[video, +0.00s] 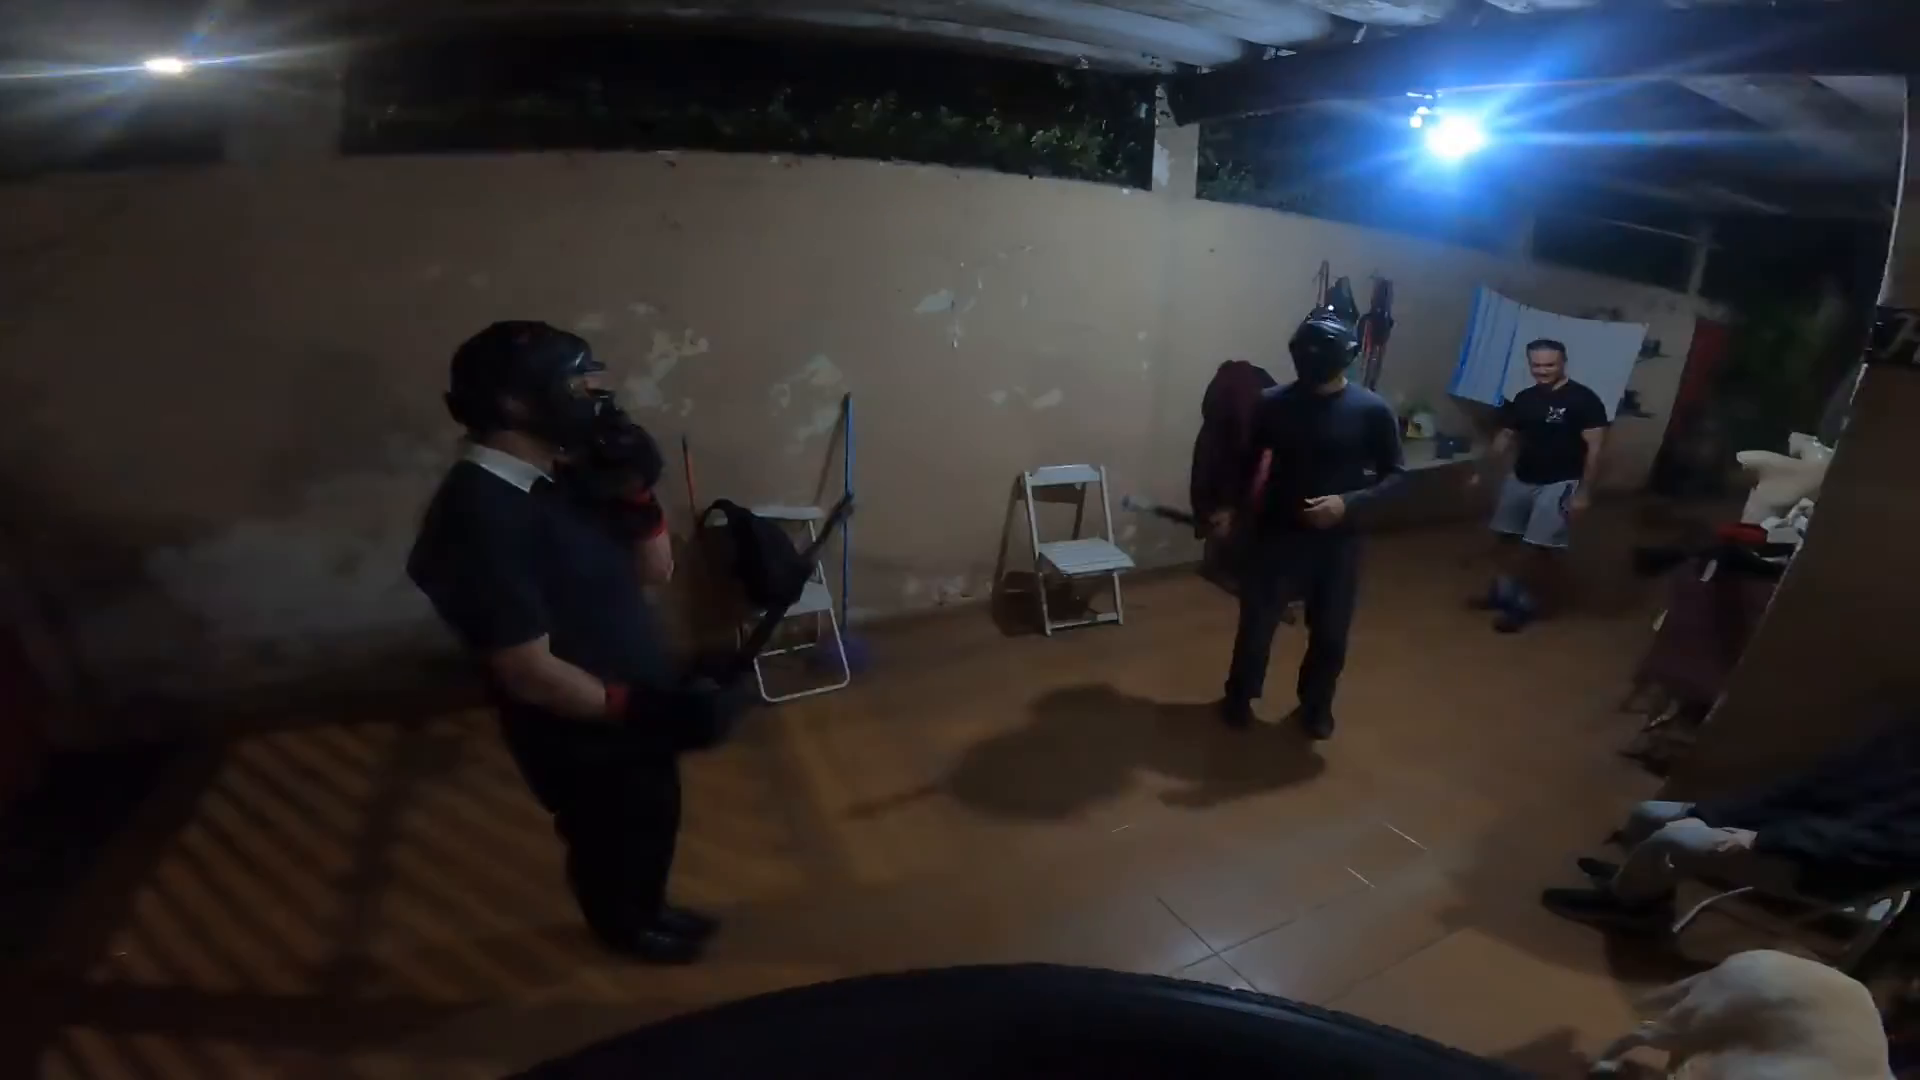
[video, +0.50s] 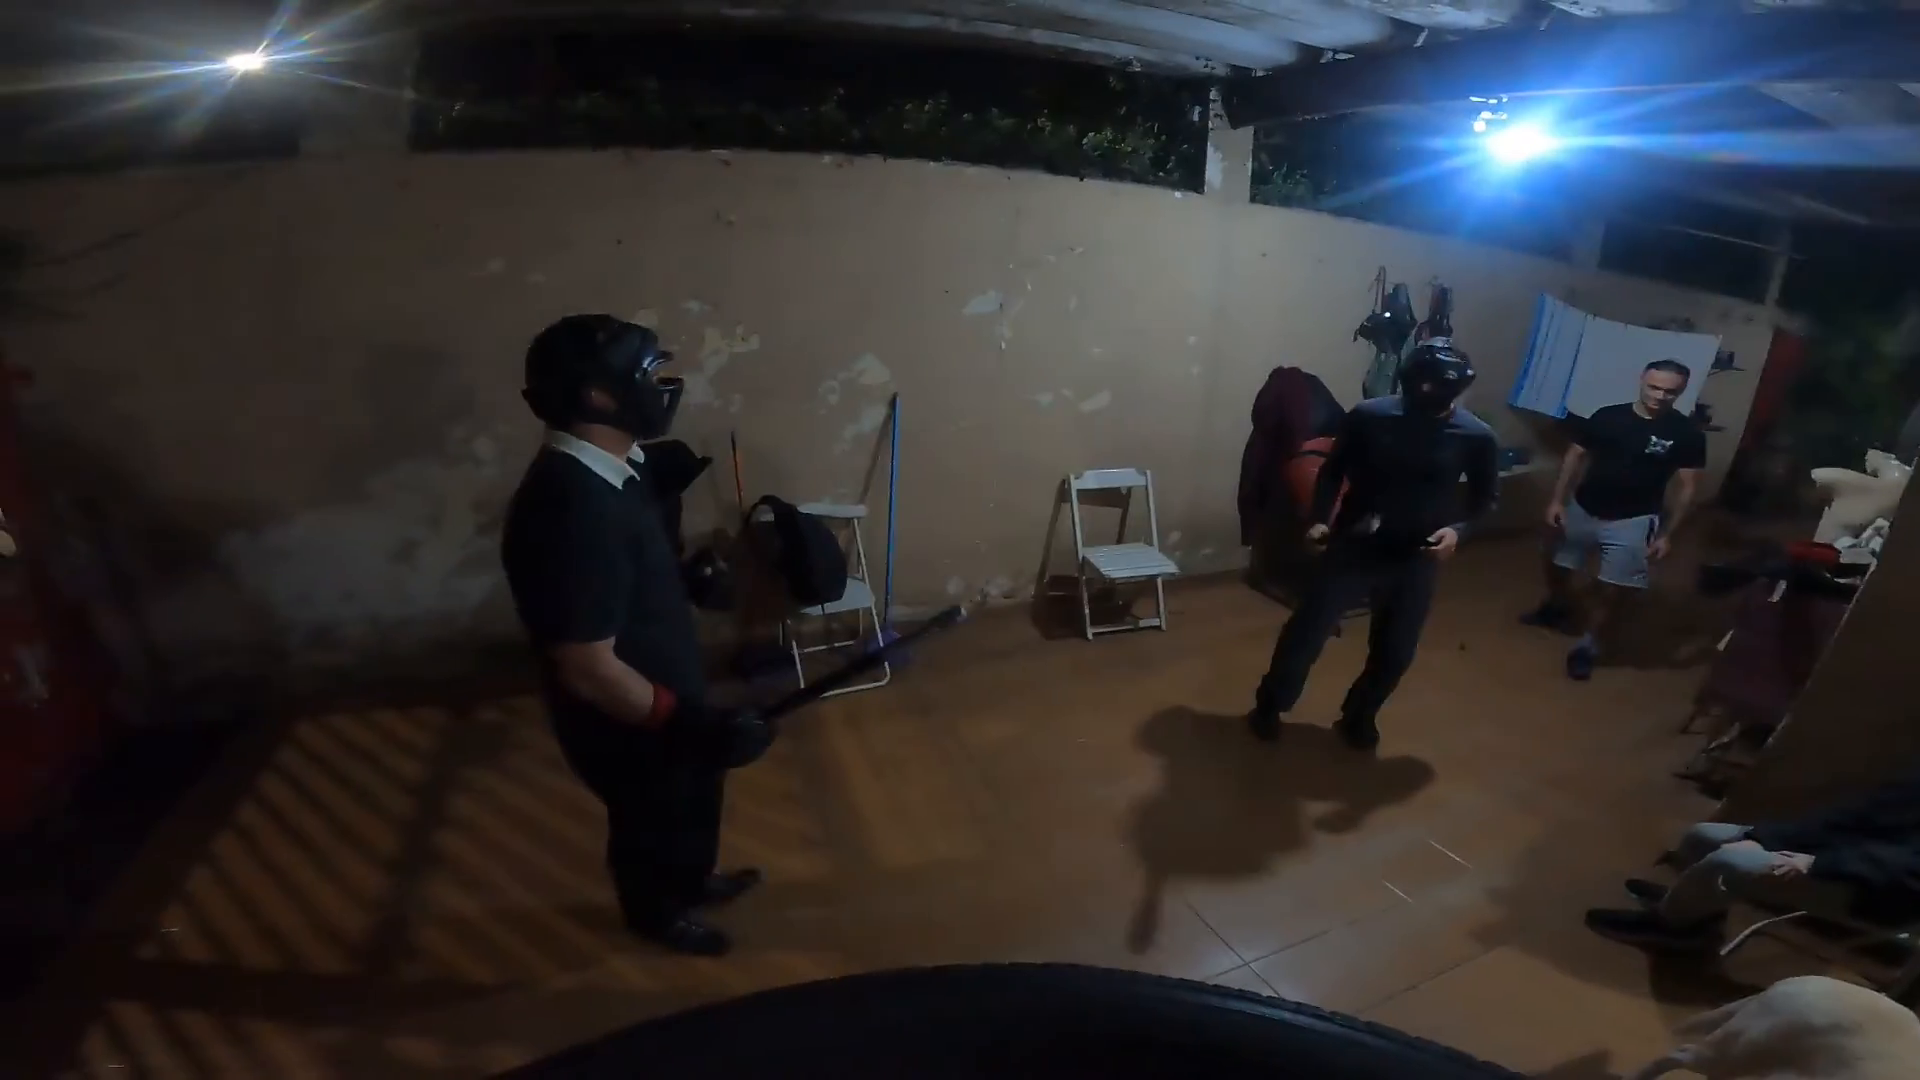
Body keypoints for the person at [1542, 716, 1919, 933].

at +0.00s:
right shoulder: (1898, 752)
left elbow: (1877, 849)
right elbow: (1811, 790)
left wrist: (1764, 842)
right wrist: (1710, 813)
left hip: (1824, 866)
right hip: (1790, 827)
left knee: (1672, 841)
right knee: (1647, 816)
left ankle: (1624, 901)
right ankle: (1631, 877)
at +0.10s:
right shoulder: (1901, 755)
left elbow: (1876, 849)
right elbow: (1811, 792)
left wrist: (1767, 843)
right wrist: (1713, 815)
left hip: (1828, 870)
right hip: (1794, 830)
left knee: (1676, 843)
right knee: (1652, 817)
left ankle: (1628, 904)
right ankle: (1635, 880)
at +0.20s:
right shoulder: (1904, 758)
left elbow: (1885, 854)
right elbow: (1818, 795)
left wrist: (1778, 848)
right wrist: (1721, 819)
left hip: (1834, 874)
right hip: (1802, 835)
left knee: (1686, 848)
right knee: (1660, 822)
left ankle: (1636, 907)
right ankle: (1645, 886)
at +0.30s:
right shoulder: (1908, 780)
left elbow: (1899, 867)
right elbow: (1844, 807)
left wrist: (1801, 859)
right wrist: (1748, 830)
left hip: (1852, 883)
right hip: (1822, 845)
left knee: (1709, 854)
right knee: (1685, 830)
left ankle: (1656, 913)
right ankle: (1662, 894)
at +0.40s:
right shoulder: (1909, 789)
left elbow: (1898, 868)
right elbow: (1852, 814)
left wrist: (1809, 862)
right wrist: (1754, 830)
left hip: (1862, 887)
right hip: (1831, 848)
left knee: (1720, 859)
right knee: (1694, 833)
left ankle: (1661, 917)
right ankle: (1674, 898)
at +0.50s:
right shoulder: (1910, 796)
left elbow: (1902, 868)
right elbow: (1855, 817)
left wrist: (1818, 865)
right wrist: (1763, 834)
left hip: (1866, 891)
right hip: (1836, 851)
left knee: (1727, 863)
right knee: (1703, 836)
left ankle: (1669, 921)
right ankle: (1682, 903)